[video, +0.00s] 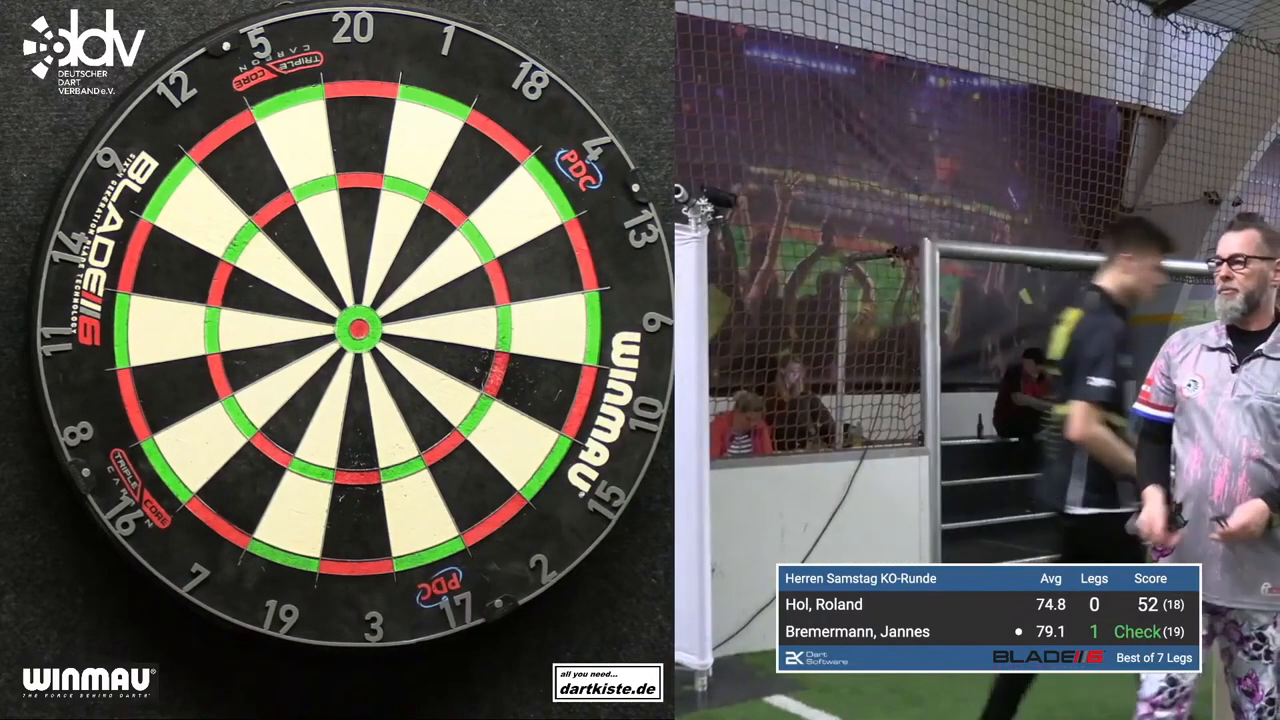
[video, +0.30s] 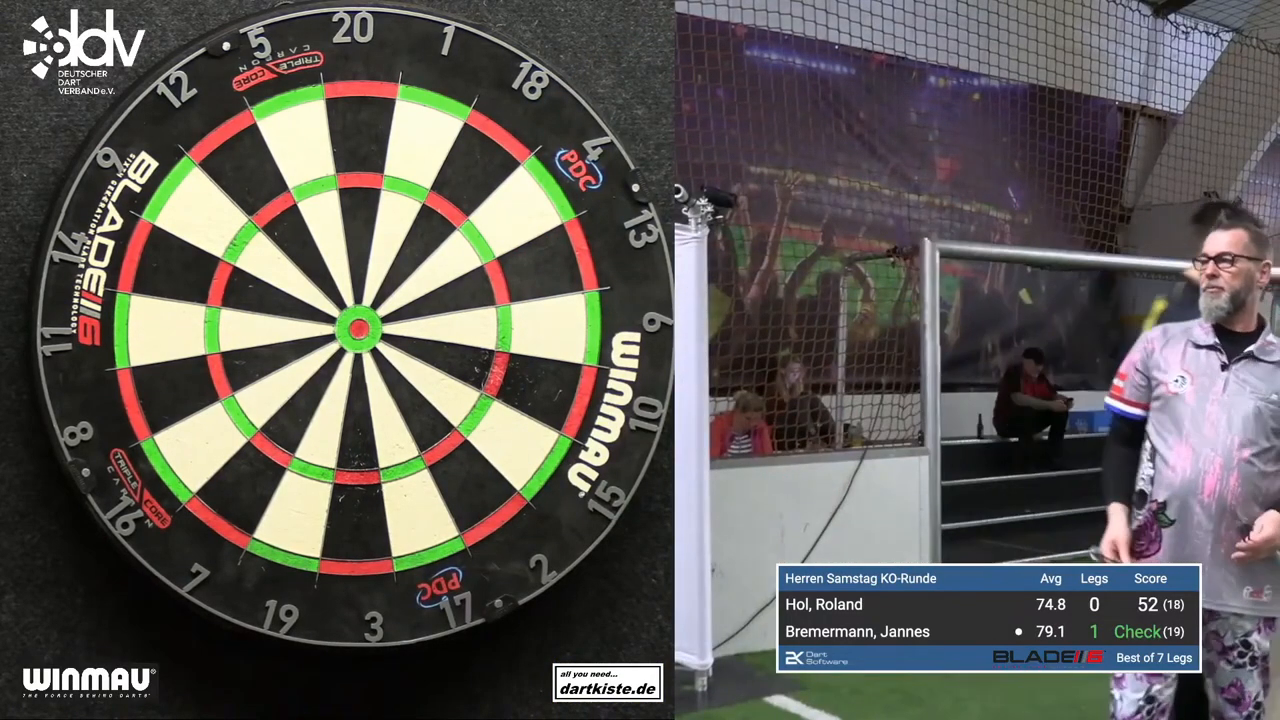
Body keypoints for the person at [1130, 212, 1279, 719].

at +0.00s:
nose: (1223, 271)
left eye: (1239, 261)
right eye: (1219, 262)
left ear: (1274, 272)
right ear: (1213, 271)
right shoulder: (1182, 347)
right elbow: (1152, 434)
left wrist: (1268, 507)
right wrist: (1153, 494)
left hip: (1262, 577)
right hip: (1179, 567)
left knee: (1258, 708)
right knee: (1159, 704)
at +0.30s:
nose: (1210, 269)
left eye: (1227, 260)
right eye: (1205, 260)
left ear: (1264, 274)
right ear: (1196, 270)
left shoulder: (1277, 360)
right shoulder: (1157, 345)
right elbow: (1122, 437)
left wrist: (1279, 515)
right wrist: (1118, 513)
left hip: (1247, 586)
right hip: (1154, 580)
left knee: (1239, 712)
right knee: (1136, 710)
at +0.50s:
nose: (1090, 195)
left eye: (1107, 184)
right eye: (1085, 186)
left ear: (1149, 198)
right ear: (1079, 200)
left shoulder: (1192, 303)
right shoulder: (1048, 295)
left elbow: (1227, 419)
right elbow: (1016, 409)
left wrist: (1181, 506)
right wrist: (1017, 507)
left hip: (1153, 534)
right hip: (1069, 532)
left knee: (1140, 691)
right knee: (1073, 686)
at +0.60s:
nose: (1075, 194)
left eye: (1092, 181)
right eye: (1070, 185)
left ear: (1135, 195)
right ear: (1064, 198)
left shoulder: (1180, 299)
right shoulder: (1036, 296)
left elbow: (1219, 413)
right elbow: (1003, 415)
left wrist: (1182, 504)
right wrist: (989, 522)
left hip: (1145, 540)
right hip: (1061, 539)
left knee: (1137, 698)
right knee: (1060, 695)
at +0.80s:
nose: (1039, 189)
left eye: (1056, 176)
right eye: (1034, 180)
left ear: (1101, 189)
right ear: (1028, 194)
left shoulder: (1152, 289)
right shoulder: (1005, 297)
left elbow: (1199, 400)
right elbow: (972, 425)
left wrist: (1178, 497)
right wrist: (940, 541)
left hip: (1136, 535)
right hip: (1052, 538)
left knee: (1139, 698)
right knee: (1056, 700)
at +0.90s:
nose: (1027, 187)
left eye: (1044, 174)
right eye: (1021, 178)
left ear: (1089, 187)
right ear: (1015, 193)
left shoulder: (1143, 286)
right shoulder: (994, 297)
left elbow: (1192, 396)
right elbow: (962, 427)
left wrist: (1174, 495)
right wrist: (926, 538)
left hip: (1135, 531)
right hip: (1048, 537)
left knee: (1144, 693)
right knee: (1055, 695)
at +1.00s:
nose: (1013, 187)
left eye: (1030, 173)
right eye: (1008, 177)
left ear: (1075, 186)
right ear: (1003, 192)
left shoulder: (1133, 285)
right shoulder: (985, 299)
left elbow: (1186, 391)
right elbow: (950, 431)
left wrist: (1172, 493)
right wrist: (900, 550)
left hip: (1134, 530)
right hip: (1044, 538)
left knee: (1151, 687)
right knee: (1051, 695)